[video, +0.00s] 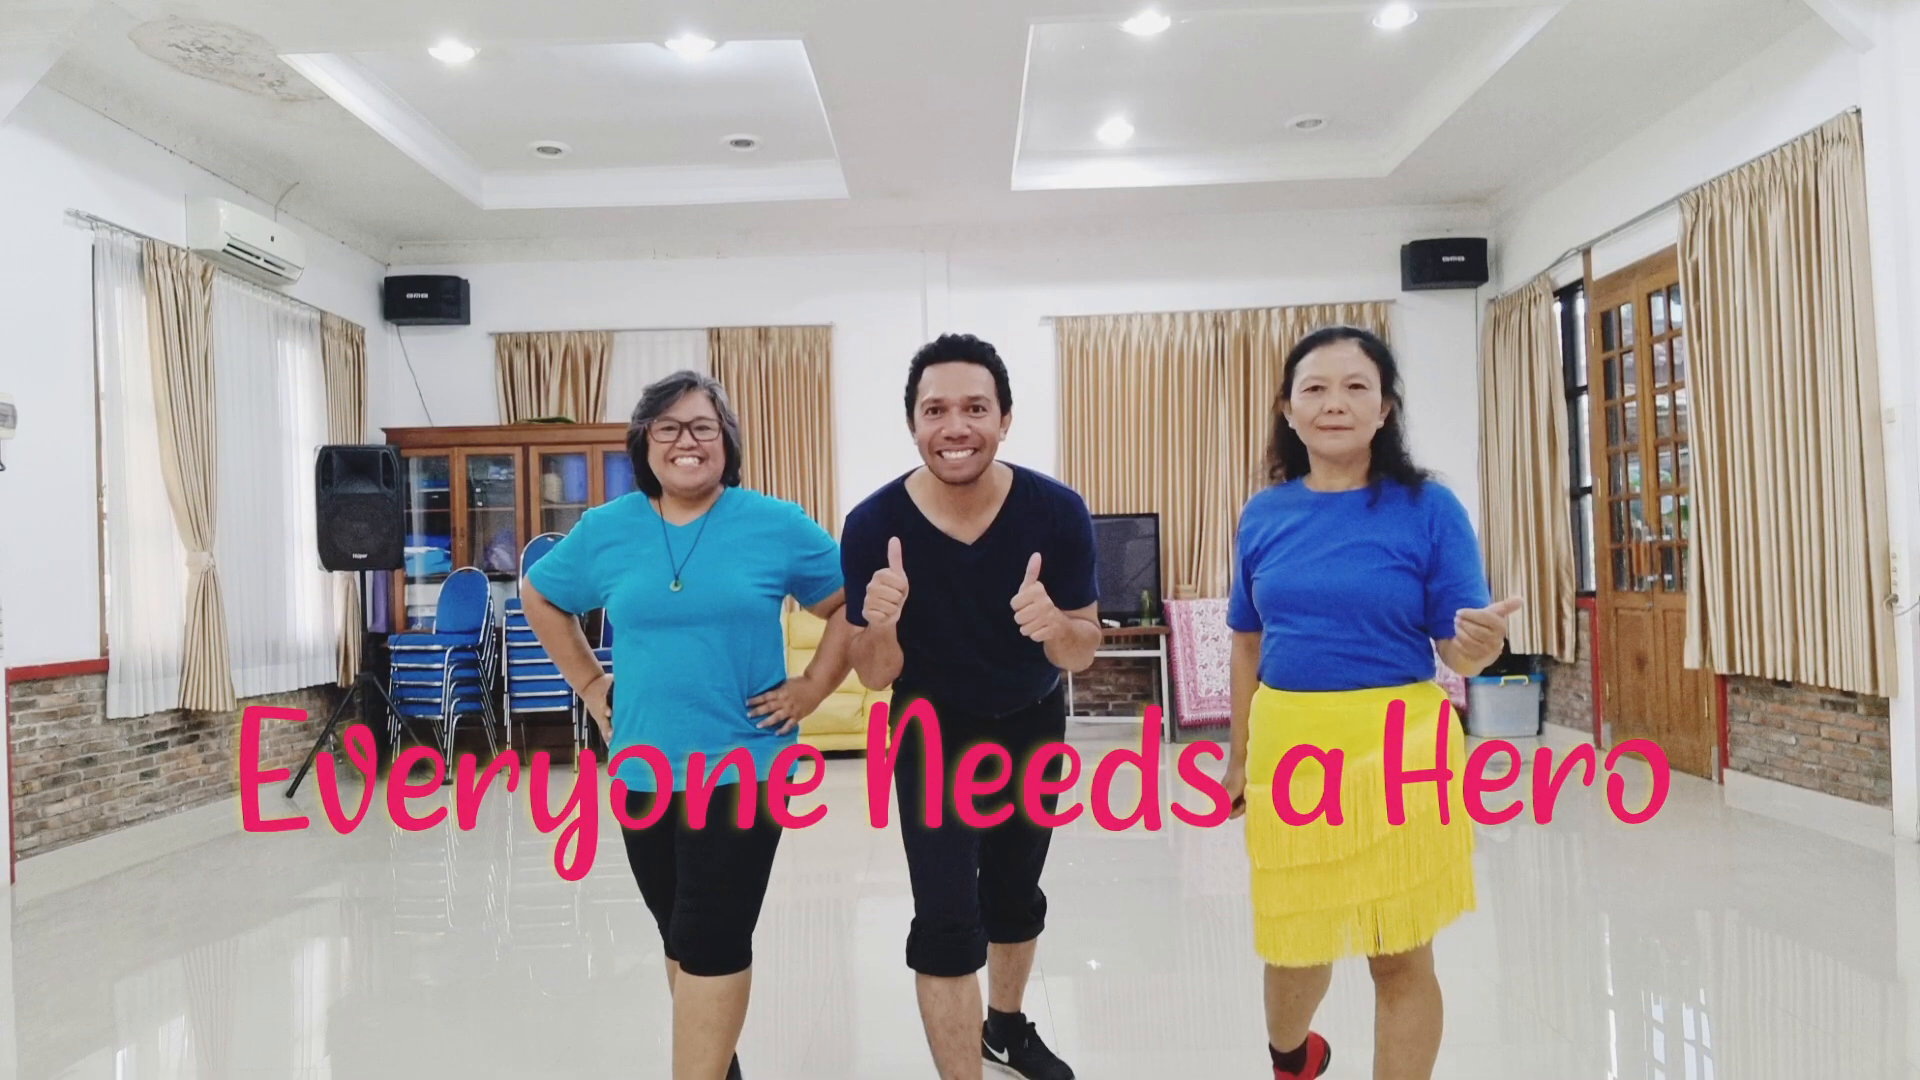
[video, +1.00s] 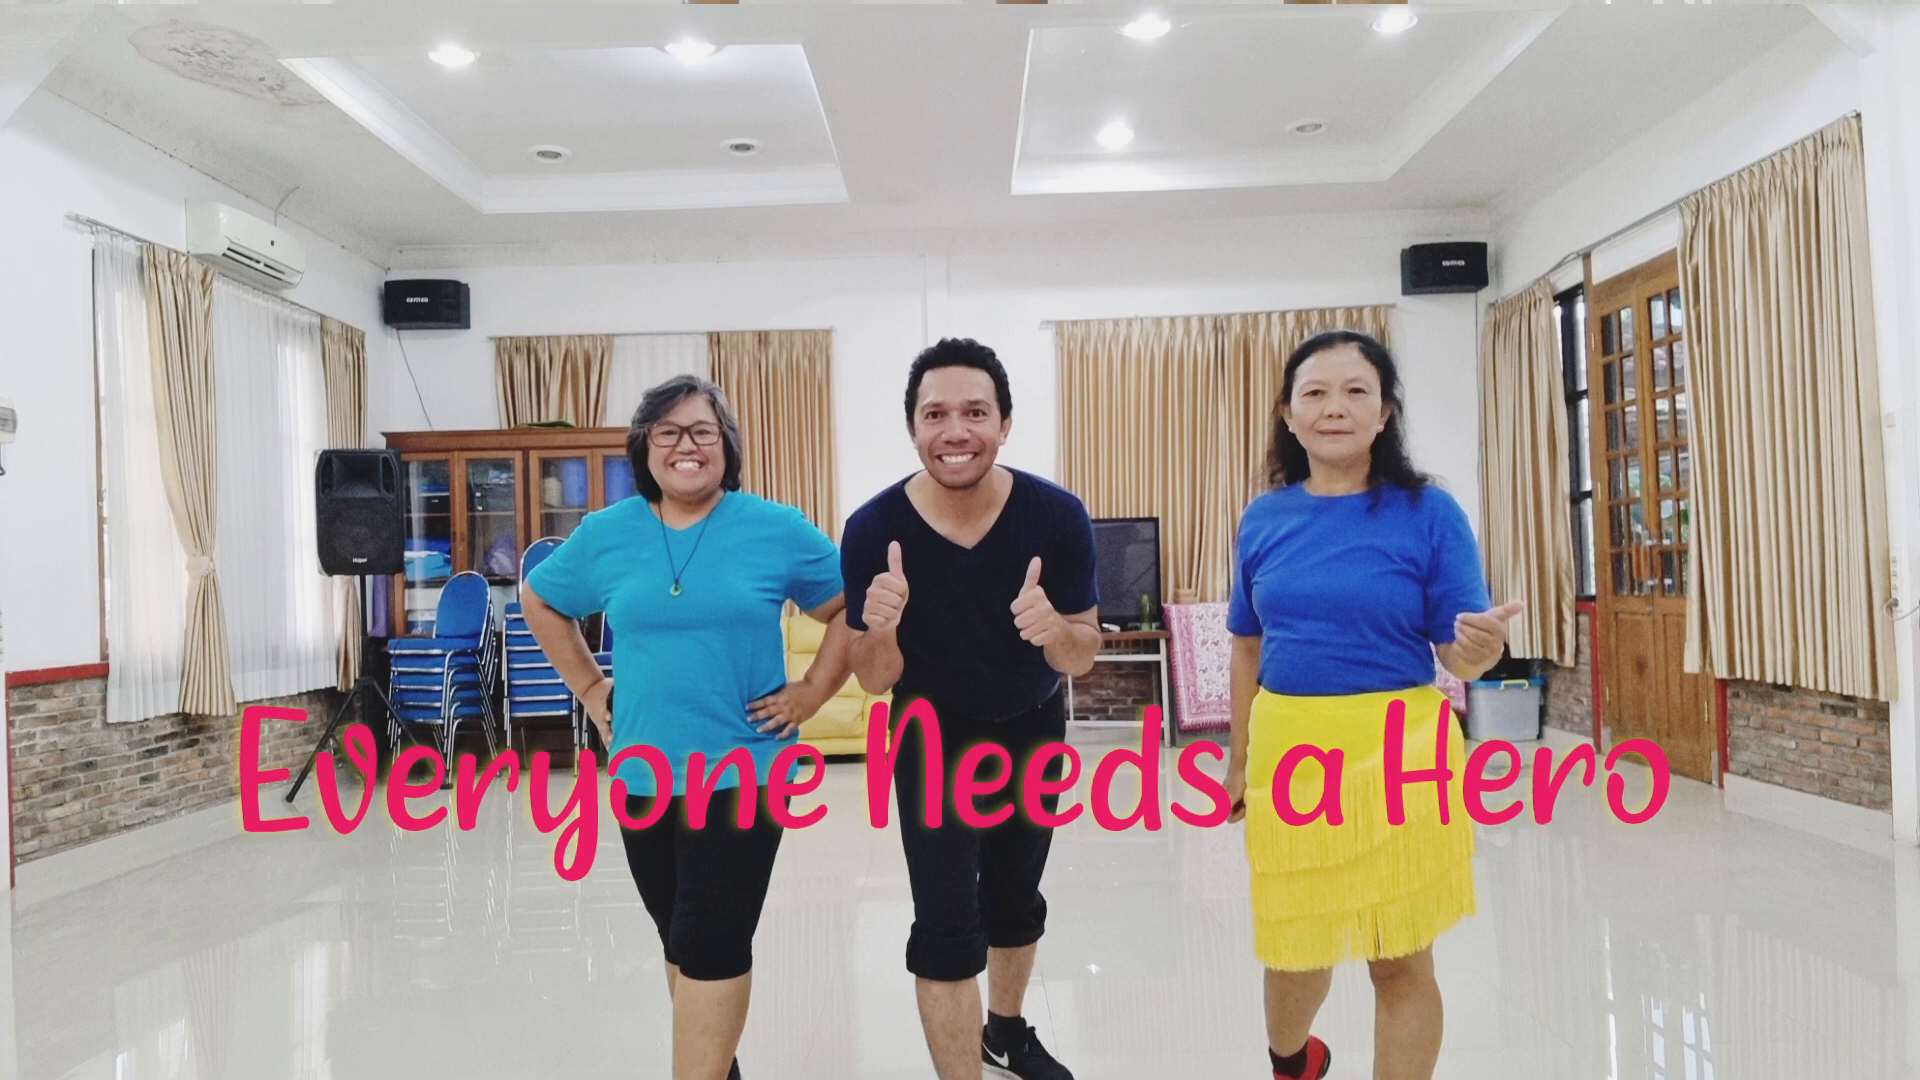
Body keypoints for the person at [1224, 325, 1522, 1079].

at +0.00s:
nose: (1334, 402)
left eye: (1354, 387)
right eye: (1314, 388)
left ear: (1385, 407)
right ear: (1290, 410)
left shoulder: (1428, 507)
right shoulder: (1264, 513)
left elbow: (1462, 651)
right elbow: (1247, 642)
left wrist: (1483, 640)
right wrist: (1239, 754)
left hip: (1400, 744)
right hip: (1288, 745)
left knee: (1398, 960)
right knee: (1292, 952)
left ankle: (1405, 1078)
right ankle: (1290, 1064)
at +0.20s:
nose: (1334, 402)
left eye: (1354, 387)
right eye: (1314, 388)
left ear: (1385, 407)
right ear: (1290, 410)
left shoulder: (1428, 507)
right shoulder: (1265, 513)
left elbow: (1462, 651)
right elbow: (1248, 642)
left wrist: (1483, 639)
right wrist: (1239, 754)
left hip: (1400, 745)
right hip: (1288, 745)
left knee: (1397, 959)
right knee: (1293, 954)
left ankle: (1405, 1078)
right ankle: (1290, 1065)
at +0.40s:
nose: (1334, 402)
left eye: (1354, 387)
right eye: (1315, 388)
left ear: (1385, 406)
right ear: (1290, 410)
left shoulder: (1428, 507)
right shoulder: (1265, 513)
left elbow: (1462, 651)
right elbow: (1247, 642)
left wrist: (1484, 639)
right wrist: (1239, 754)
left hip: (1400, 744)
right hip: (1289, 745)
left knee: (1398, 958)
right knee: (1293, 952)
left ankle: (1405, 1078)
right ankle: (1290, 1065)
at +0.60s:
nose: (1334, 402)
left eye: (1354, 387)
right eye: (1315, 388)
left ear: (1385, 406)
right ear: (1290, 410)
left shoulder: (1428, 507)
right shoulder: (1265, 513)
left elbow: (1462, 651)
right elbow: (1247, 642)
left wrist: (1484, 639)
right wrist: (1239, 754)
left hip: (1400, 744)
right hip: (1289, 745)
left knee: (1398, 958)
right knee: (1293, 952)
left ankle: (1405, 1078)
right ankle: (1290, 1065)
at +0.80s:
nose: (1334, 402)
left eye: (1354, 387)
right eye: (1315, 388)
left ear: (1385, 406)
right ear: (1290, 410)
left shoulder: (1428, 507)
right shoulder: (1265, 513)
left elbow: (1462, 651)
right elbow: (1247, 642)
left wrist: (1484, 639)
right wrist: (1239, 754)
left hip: (1400, 744)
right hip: (1289, 745)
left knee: (1398, 958)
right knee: (1293, 952)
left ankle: (1405, 1078)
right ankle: (1290, 1065)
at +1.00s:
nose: (1334, 407)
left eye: (1354, 392)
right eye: (1315, 393)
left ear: (1385, 411)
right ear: (1290, 414)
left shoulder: (1428, 512)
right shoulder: (1264, 517)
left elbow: (1464, 656)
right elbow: (1247, 646)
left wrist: (1483, 646)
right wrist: (1240, 760)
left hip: (1401, 748)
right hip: (1289, 749)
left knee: (1398, 963)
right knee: (1293, 957)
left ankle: (1404, 1079)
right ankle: (1290, 1067)